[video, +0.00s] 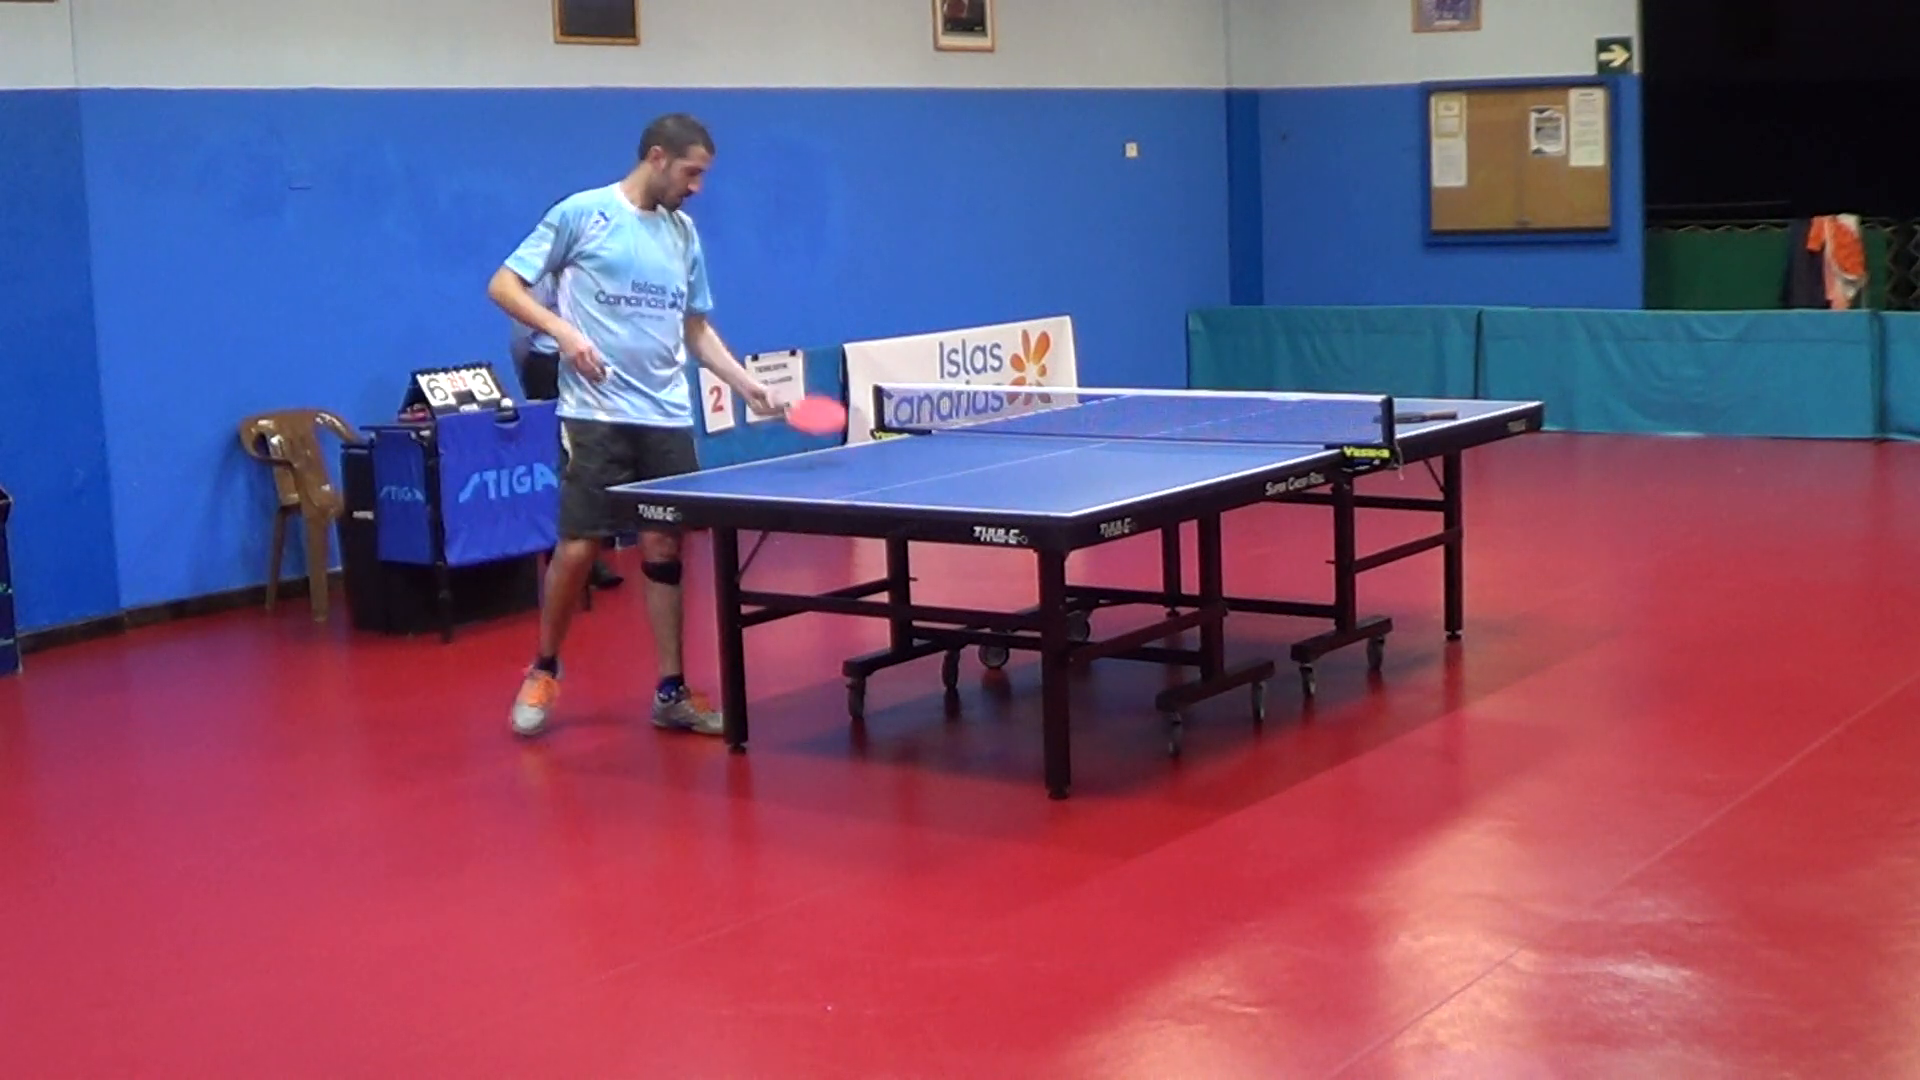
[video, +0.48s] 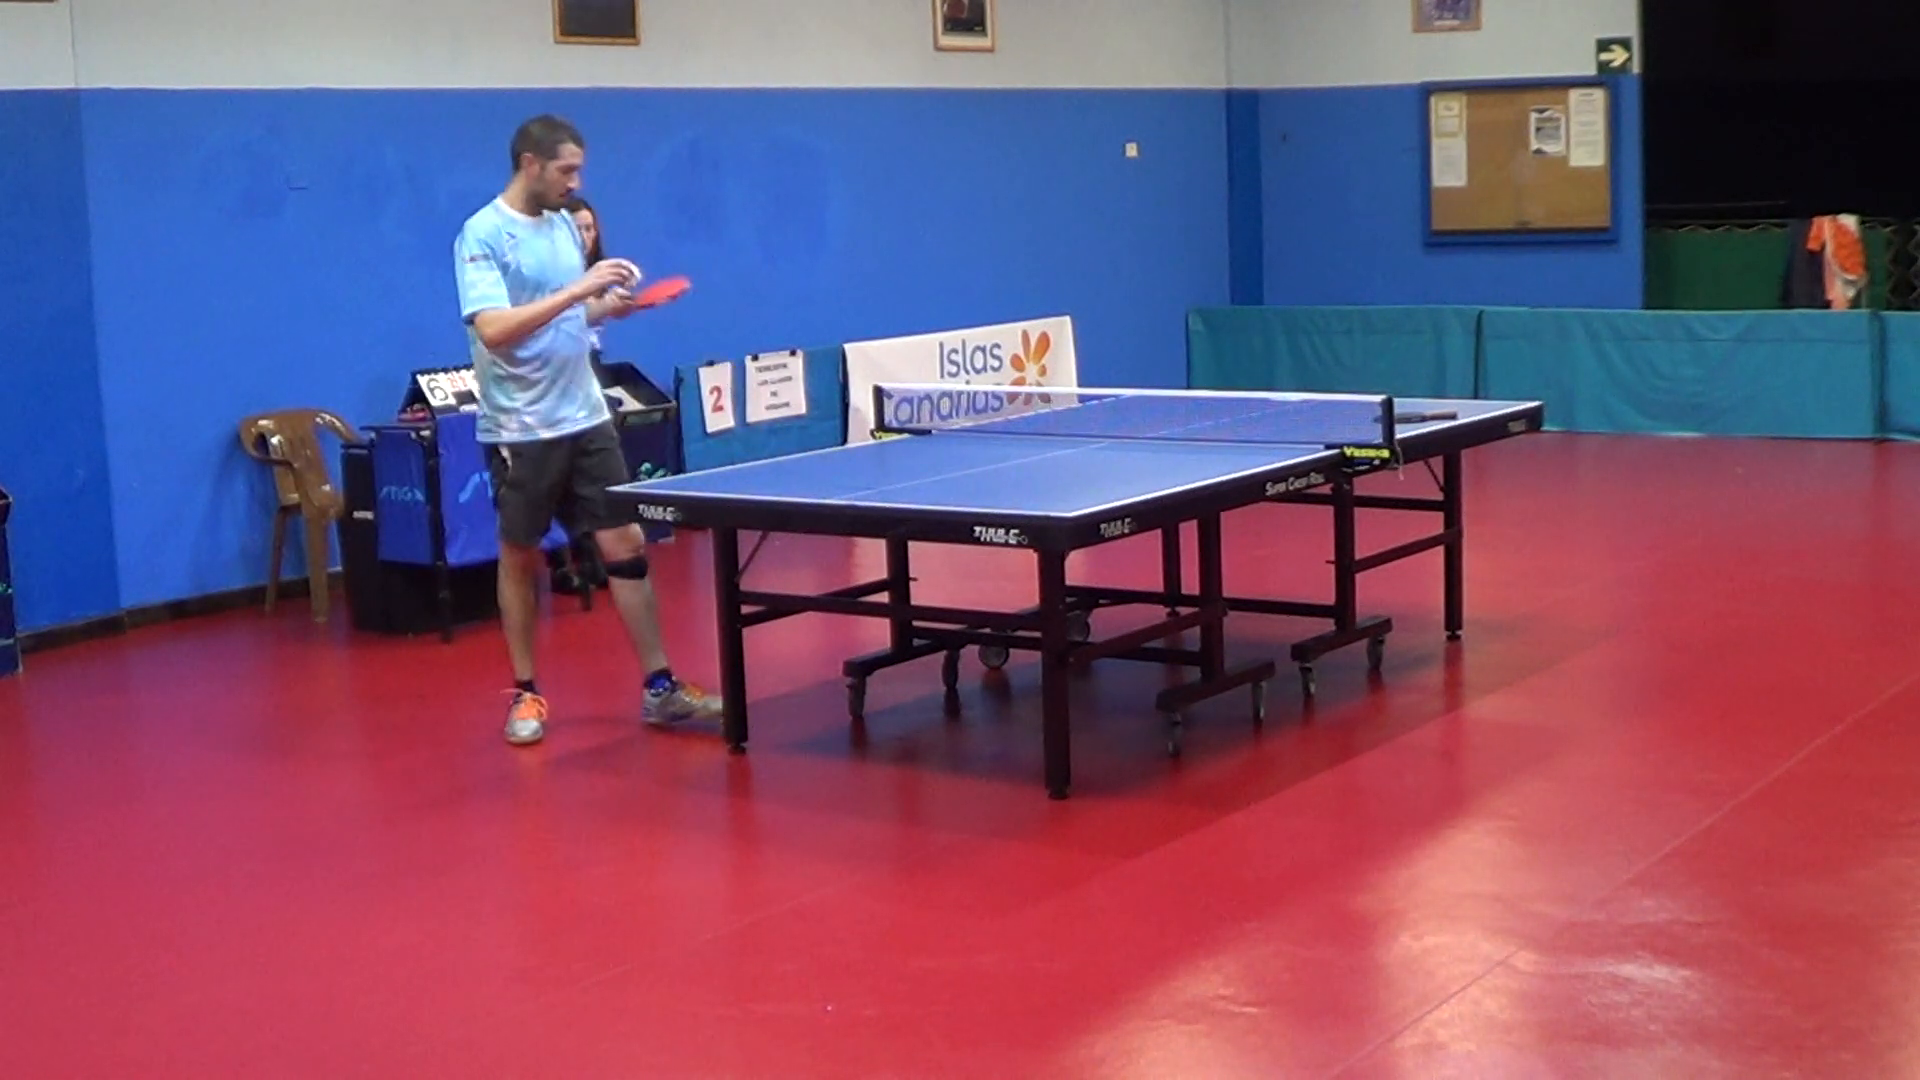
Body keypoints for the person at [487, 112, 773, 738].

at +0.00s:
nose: (697, 186)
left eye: (702, 174)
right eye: (692, 172)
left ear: (674, 166)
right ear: (657, 159)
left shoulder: (684, 233)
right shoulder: (582, 214)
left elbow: (696, 328)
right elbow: (503, 285)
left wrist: (751, 387)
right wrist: (564, 332)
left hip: (668, 417)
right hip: (596, 416)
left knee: (664, 549)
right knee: (577, 552)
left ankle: (672, 691)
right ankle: (544, 671)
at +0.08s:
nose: (681, 185)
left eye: (686, 173)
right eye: (676, 171)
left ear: (661, 167)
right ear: (639, 159)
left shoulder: (668, 232)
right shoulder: (569, 216)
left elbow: (677, 325)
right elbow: (496, 293)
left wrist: (725, 361)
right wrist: (564, 327)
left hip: (659, 417)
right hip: (587, 416)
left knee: (660, 550)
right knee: (571, 552)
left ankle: (672, 692)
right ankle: (533, 685)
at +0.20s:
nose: (650, 183)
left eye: (654, 171)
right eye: (644, 170)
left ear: (630, 166)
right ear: (605, 159)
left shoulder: (637, 228)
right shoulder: (542, 221)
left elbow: (635, 319)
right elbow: (486, 306)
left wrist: (683, 335)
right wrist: (575, 317)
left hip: (640, 418)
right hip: (569, 422)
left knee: (649, 551)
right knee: (550, 554)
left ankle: (670, 692)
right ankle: (528, 690)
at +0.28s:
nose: (627, 183)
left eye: (631, 172)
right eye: (620, 170)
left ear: (599, 168)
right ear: (582, 163)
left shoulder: (611, 229)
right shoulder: (521, 226)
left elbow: (603, 328)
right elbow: (487, 316)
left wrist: (659, 324)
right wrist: (582, 304)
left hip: (623, 419)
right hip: (553, 427)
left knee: (640, 553)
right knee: (539, 558)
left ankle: (670, 693)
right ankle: (529, 692)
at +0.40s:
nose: (593, 184)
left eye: (596, 173)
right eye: (585, 172)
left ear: (574, 170)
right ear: (546, 165)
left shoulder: (581, 225)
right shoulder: (493, 233)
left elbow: (583, 322)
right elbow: (492, 327)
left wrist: (632, 316)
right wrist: (585, 292)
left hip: (599, 421)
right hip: (531, 432)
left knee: (630, 554)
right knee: (523, 560)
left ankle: (669, 692)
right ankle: (527, 693)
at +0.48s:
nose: (574, 183)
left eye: (577, 172)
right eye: (566, 172)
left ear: (550, 169)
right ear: (528, 165)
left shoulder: (564, 226)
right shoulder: (479, 236)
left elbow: (571, 317)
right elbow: (496, 333)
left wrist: (610, 305)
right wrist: (579, 289)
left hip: (587, 415)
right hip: (521, 429)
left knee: (625, 546)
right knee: (520, 558)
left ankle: (661, 687)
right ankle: (525, 692)